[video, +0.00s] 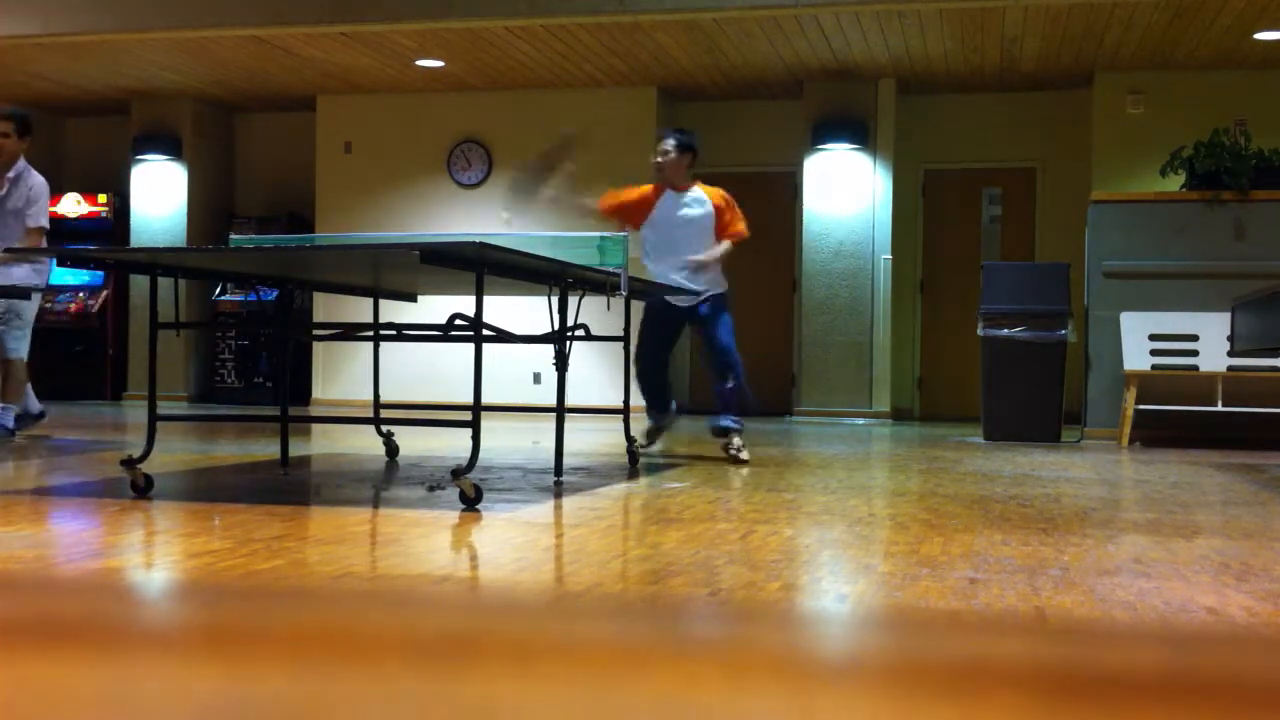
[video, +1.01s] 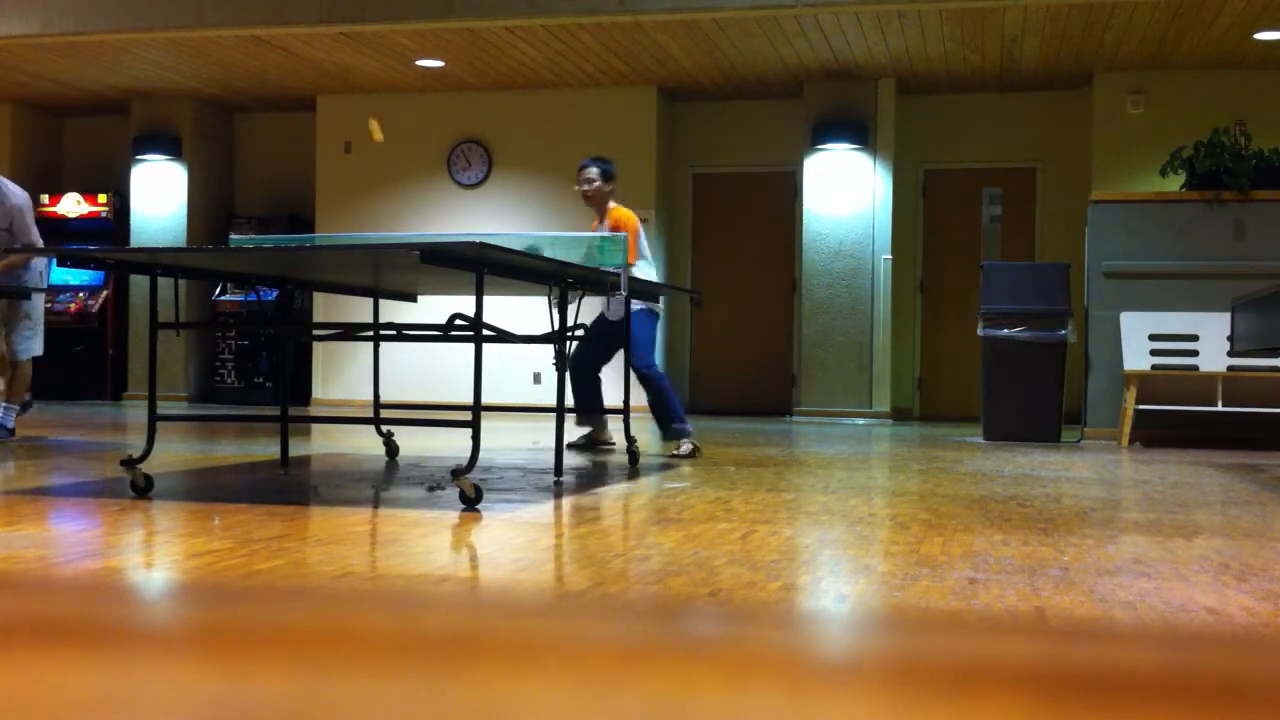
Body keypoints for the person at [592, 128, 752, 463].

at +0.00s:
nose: (657, 160)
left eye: (665, 153)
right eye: (656, 154)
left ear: (688, 159)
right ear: (656, 159)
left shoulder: (714, 198)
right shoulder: (648, 199)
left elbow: (737, 232)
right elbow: (601, 206)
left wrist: (713, 254)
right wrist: (564, 200)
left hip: (708, 294)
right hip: (664, 294)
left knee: (724, 355)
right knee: (648, 361)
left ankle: (732, 431)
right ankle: (660, 415)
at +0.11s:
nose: (677, 180)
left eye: (683, 174)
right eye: (672, 175)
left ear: (695, 176)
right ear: (668, 179)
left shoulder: (716, 219)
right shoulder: (658, 209)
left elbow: (727, 255)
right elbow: (647, 185)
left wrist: (727, 270)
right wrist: (677, 170)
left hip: (701, 309)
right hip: (655, 308)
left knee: (728, 367)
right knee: (633, 370)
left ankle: (732, 444)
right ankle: (624, 424)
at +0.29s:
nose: (667, 183)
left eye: (675, 177)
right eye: (662, 177)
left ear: (691, 185)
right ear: (657, 184)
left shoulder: (703, 231)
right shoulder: (644, 214)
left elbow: (711, 280)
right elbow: (644, 233)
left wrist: (718, 292)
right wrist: (687, 216)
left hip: (691, 318)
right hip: (646, 316)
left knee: (730, 370)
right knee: (609, 379)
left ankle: (730, 444)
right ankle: (575, 439)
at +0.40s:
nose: (651, 175)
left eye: (659, 169)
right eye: (646, 169)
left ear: (673, 176)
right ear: (640, 175)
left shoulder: (686, 221)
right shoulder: (625, 213)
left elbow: (694, 267)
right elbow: (606, 248)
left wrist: (699, 277)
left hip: (677, 311)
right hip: (634, 309)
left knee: (713, 359)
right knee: (596, 374)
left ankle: (730, 444)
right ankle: (568, 441)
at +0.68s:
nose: (618, 155)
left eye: (625, 150)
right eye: (613, 150)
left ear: (638, 155)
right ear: (607, 156)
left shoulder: (659, 192)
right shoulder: (602, 199)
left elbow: (678, 236)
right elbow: (595, 249)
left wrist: (649, 256)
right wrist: (585, 230)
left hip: (661, 290)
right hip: (621, 289)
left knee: (677, 360)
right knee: (595, 359)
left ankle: (680, 435)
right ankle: (573, 431)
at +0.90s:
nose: (600, 189)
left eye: (606, 182)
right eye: (596, 184)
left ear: (624, 185)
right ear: (593, 189)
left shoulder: (640, 223)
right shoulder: (602, 230)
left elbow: (651, 266)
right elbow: (598, 268)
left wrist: (618, 278)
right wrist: (579, 274)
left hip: (649, 310)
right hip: (619, 312)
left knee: (652, 367)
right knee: (589, 368)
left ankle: (687, 438)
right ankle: (602, 433)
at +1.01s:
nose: (585, 189)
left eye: (591, 182)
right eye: (581, 183)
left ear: (610, 184)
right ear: (578, 188)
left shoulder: (624, 218)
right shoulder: (596, 226)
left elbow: (624, 264)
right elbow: (596, 265)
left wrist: (583, 272)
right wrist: (570, 273)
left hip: (640, 304)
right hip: (614, 306)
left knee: (643, 366)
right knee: (581, 363)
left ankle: (682, 438)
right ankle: (598, 431)